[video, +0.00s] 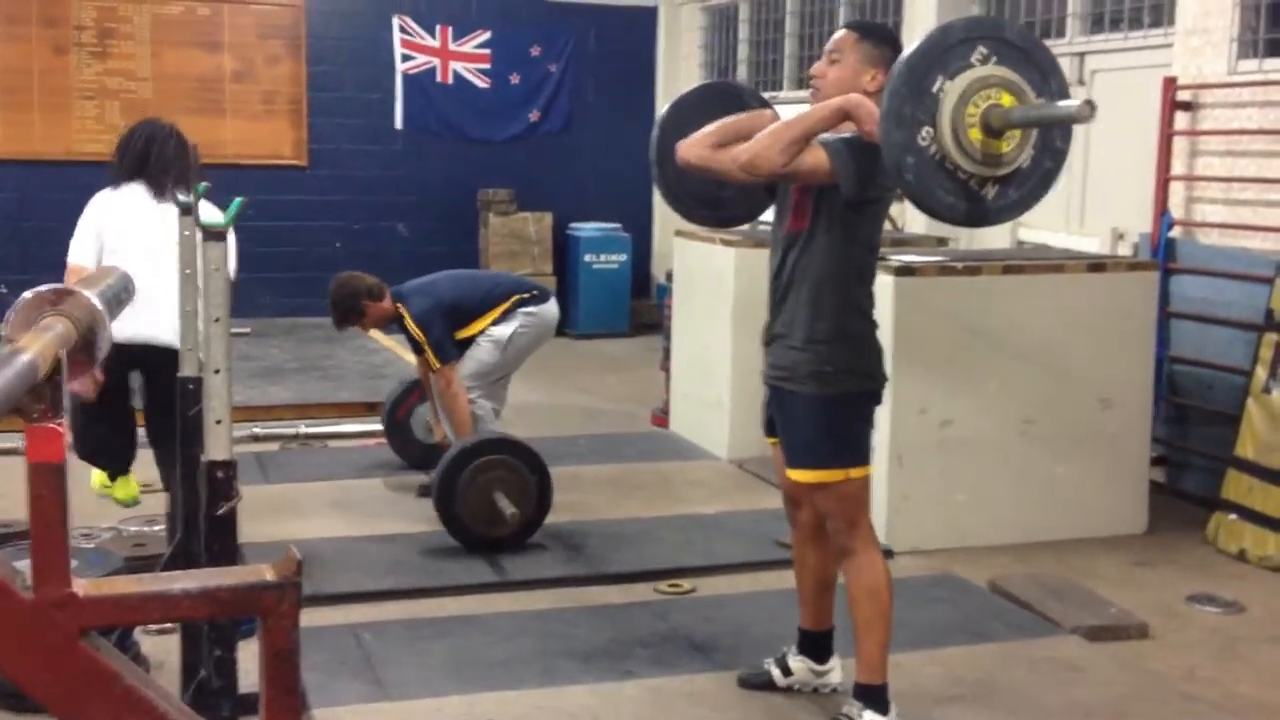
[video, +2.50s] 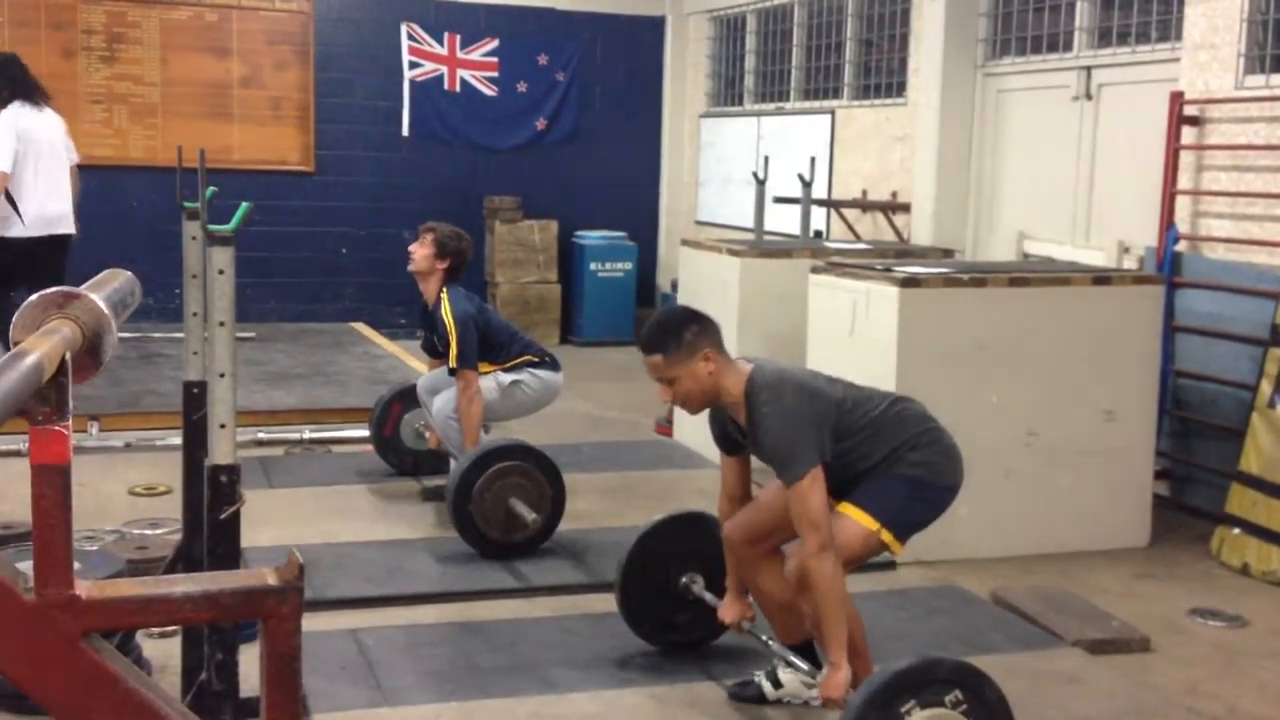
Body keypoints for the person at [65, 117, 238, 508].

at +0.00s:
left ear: (128, 156)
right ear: (181, 160)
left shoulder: (104, 203)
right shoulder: (205, 211)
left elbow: (77, 275)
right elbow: (225, 276)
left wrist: (73, 343)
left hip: (115, 338)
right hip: (177, 341)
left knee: (103, 389)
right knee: (175, 429)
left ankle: (116, 471)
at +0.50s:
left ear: (72, 143)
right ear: (121, 139)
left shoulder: (58, 190)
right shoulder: (151, 185)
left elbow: (38, 266)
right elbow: (171, 254)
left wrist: (37, 320)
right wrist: (189, 308)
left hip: (80, 321)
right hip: (141, 315)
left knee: (84, 412)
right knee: (138, 386)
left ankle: (96, 506)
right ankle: (155, 437)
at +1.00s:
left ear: (89, 139)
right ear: (137, 140)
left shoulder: (71, 178)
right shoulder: (151, 187)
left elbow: (52, 241)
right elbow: (166, 251)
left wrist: (74, 271)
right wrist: (188, 307)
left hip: (78, 300)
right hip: (131, 302)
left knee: (84, 381)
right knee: (130, 380)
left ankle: (90, 446)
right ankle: (128, 468)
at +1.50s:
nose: (61, 119)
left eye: (64, 112)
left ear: (66, 116)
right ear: (105, 115)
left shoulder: (57, 155)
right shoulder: (127, 155)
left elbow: (42, 216)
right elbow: (140, 208)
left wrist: (26, 271)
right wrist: (117, 231)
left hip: (69, 268)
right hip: (122, 269)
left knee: (68, 333)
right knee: (129, 351)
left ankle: (82, 388)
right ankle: (129, 434)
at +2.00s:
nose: (20, 82)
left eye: (24, 77)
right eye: (22, 75)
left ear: (34, 81)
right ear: (67, 78)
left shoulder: (29, 122)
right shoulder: (92, 119)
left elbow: (10, 179)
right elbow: (111, 176)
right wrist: (124, 224)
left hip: (55, 235)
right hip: (97, 230)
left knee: (60, 316)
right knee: (91, 310)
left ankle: (70, 392)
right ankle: (88, 388)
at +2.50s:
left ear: (2, 84)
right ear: (26, 78)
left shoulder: (8, 118)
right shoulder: (53, 117)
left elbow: (3, 175)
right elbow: (73, 166)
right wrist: (69, 211)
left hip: (17, 230)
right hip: (58, 227)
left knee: (7, 302)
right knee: (51, 305)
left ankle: (12, 364)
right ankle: (55, 371)